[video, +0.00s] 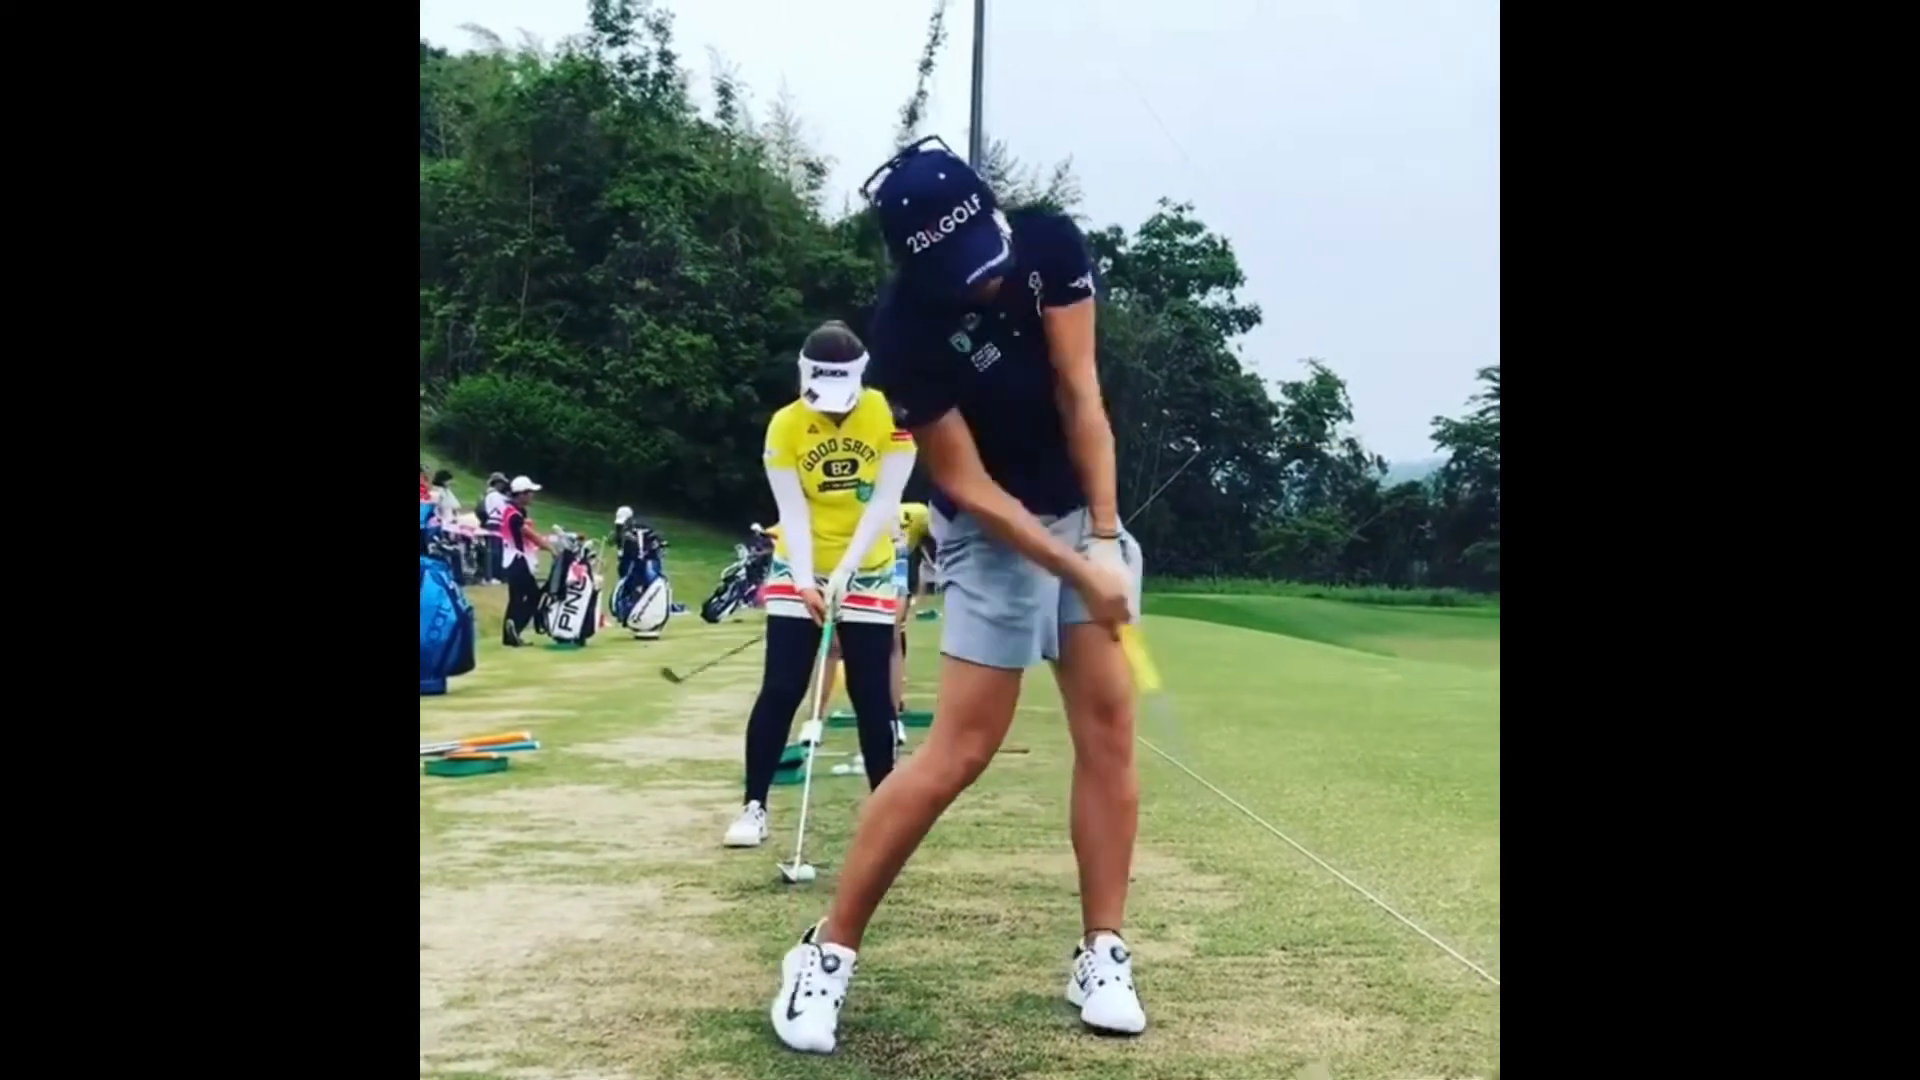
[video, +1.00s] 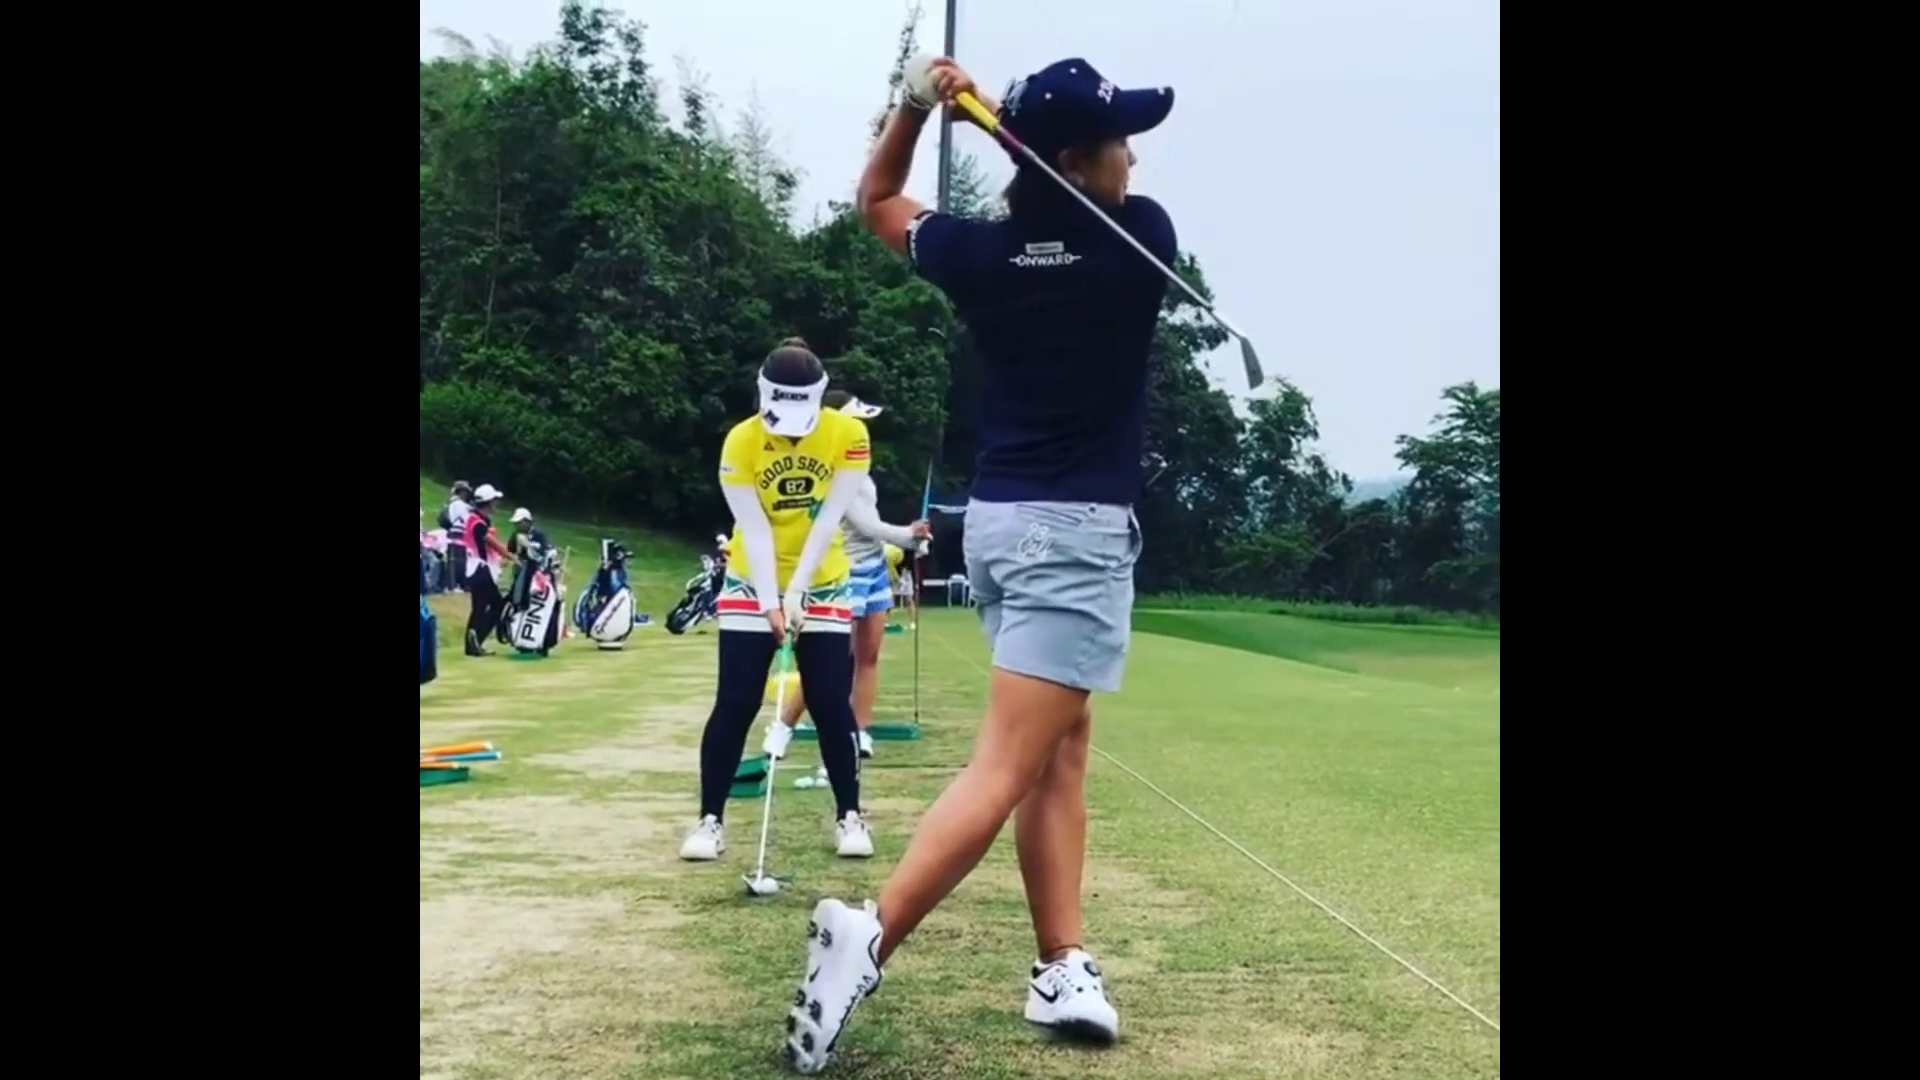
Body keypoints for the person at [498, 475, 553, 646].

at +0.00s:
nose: (532, 497)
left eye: (532, 493)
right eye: (529, 493)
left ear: (520, 495)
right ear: (520, 495)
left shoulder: (513, 512)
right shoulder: (514, 516)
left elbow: (530, 534)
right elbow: (531, 536)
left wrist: (548, 541)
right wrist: (550, 547)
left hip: (514, 556)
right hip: (517, 559)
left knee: (516, 596)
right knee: (534, 593)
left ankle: (509, 635)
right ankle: (516, 625)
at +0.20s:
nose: (520, 498)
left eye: (519, 494)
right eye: (517, 495)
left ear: (505, 496)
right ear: (510, 496)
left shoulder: (500, 513)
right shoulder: (503, 518)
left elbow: (518, 535)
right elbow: (519, 538)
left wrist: (535, 544)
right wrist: (538, 549)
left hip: (501, 558)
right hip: (504, 560)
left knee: (504, 598)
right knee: (522, 595)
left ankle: (497, 636)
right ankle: (503, 627)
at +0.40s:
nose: (511, 499)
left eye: (510, 495)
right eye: (508, 495)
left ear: (496, 496)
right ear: (501, 497)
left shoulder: (488, 513)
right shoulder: (494, 518)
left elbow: (507, 536)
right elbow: (511, 539)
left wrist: (526, 544)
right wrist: (529, 550)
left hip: (490, 558)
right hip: (496, 561)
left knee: (494, 599)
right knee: (512, 597)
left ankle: (487, 636)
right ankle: (494, 629)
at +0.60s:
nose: (503, 501)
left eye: (503, 498)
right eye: (501, 498)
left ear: (487, 498)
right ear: (494, 499)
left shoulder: (482, 516)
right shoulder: (486, 520)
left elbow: (500, 539)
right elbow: (502, 541)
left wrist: (517, 549)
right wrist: (521, 552)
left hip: (483, 560)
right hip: (488, 563)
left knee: (486, 601)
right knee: (504, 599)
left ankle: (479, 639)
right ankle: (485, 631)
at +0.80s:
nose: (498, 503)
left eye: (498, 499)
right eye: (496, 500)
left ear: (483, 500)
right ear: (489, 501)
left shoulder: (477, 517)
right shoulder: (481, 522)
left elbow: (495, 540)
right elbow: (497, 543)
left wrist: (513, 549)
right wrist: (516, 554)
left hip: (477, 562)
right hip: (482, 564)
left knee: (481, 603)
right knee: (499, 600)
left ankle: (474, 642)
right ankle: (480, 633)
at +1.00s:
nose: (496, 505)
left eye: (496, 502)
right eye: (494, 502)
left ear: (480, 503)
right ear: (487, 503)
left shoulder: (474, 520)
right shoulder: (479, 524)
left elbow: (492, 544)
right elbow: (493, 544)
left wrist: (508, 556)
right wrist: (511, 557)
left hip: (474, 564)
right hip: (479, 567)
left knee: (479, 605)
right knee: (497, 602)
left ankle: (472, 644)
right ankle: (478, 636)